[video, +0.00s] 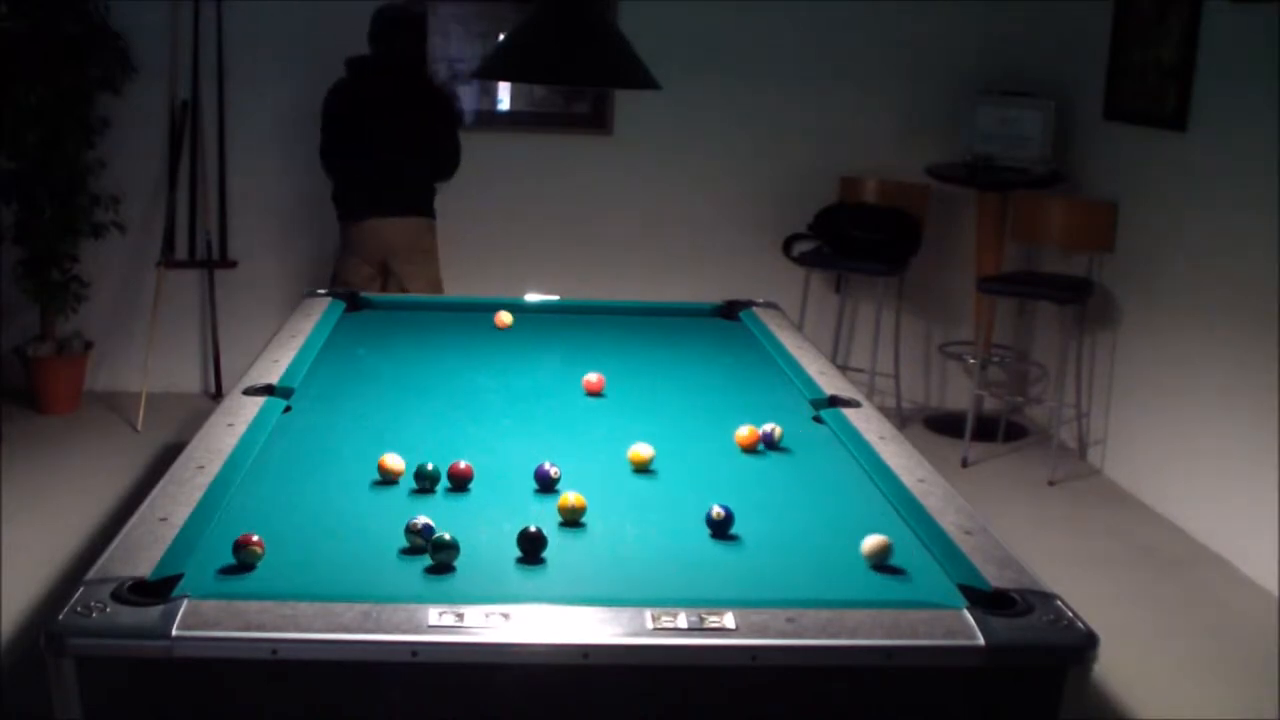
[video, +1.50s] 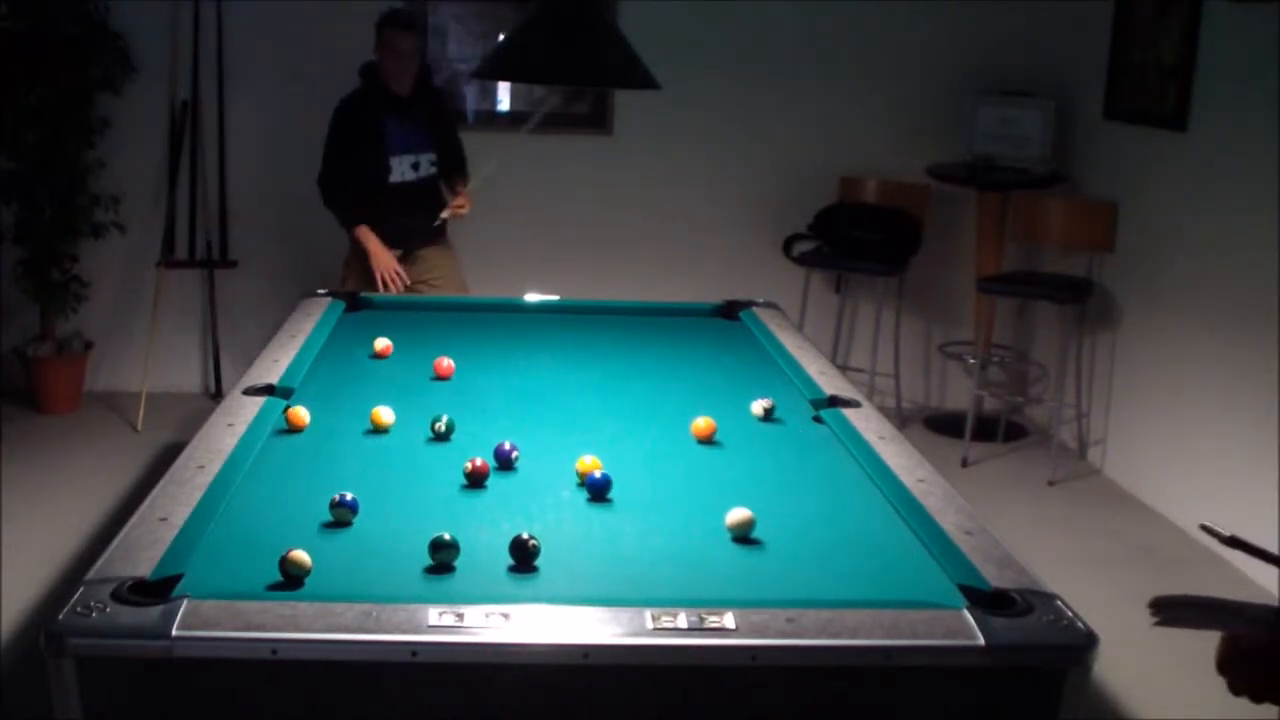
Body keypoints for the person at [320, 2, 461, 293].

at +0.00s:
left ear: (373, 37)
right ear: (420, 41)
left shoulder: (344, 91)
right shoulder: (433, 93)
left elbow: (329, 157)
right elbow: (446, 165)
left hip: (359, 222)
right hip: (413, 223)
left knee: (354, 320)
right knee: (424, 317)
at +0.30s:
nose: (377, 42)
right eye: (376, 35)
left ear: (338, 35)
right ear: (375, 37)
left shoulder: (320, 85)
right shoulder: (382, 85)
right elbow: (399, 141)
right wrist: (425, 159)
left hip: (329, 216)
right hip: (373, 218)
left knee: (341, 315)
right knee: (386, 314)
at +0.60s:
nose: (385, 43)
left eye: (385, 34)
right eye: (379, 34)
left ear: (352, 34)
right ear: (362, 34)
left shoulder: (337, 73)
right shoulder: (350, 76)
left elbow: (351, 153)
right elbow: (359, 153)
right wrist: (411, 166)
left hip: (337, 215)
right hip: (347, 219)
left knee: (345, 314)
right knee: (350, 315)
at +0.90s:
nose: (367, 46)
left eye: (372, 37)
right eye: (358, 37)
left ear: (378, 38)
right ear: (339, 37)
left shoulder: (381, 93)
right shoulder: (318, 89)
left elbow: (386, 160)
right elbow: (328, 166)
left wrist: (403, 212)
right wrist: (392, 168)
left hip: (369, 230)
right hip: (328, 230)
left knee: (366, 328)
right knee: (327, 327)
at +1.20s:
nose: (358, 49)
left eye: (364, 39)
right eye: (349, 40)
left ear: (373, 39)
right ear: (331, 41)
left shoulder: (393, 90)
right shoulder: (310, 94)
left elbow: (410, 154)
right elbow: (310, 172)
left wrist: (406, 201)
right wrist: (376, 177)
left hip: (392, 239)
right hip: (336, 239)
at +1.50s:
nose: (402, 62)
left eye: (409, 52)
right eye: (393, 52)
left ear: (421, 54)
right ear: (378, 53)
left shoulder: (435, 102)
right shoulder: (354, 108)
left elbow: (452, 157)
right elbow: (332, 185)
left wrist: (459, 191)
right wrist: (372, 246)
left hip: (429, 247)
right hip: (371, 250)